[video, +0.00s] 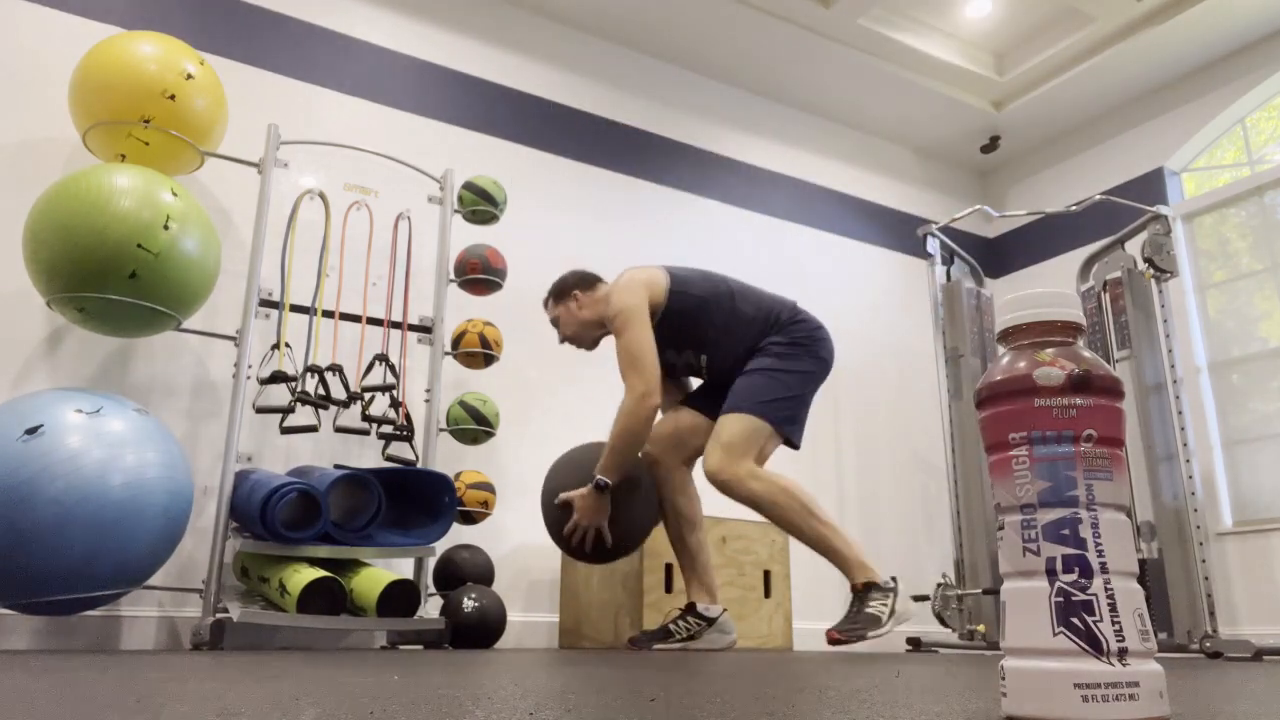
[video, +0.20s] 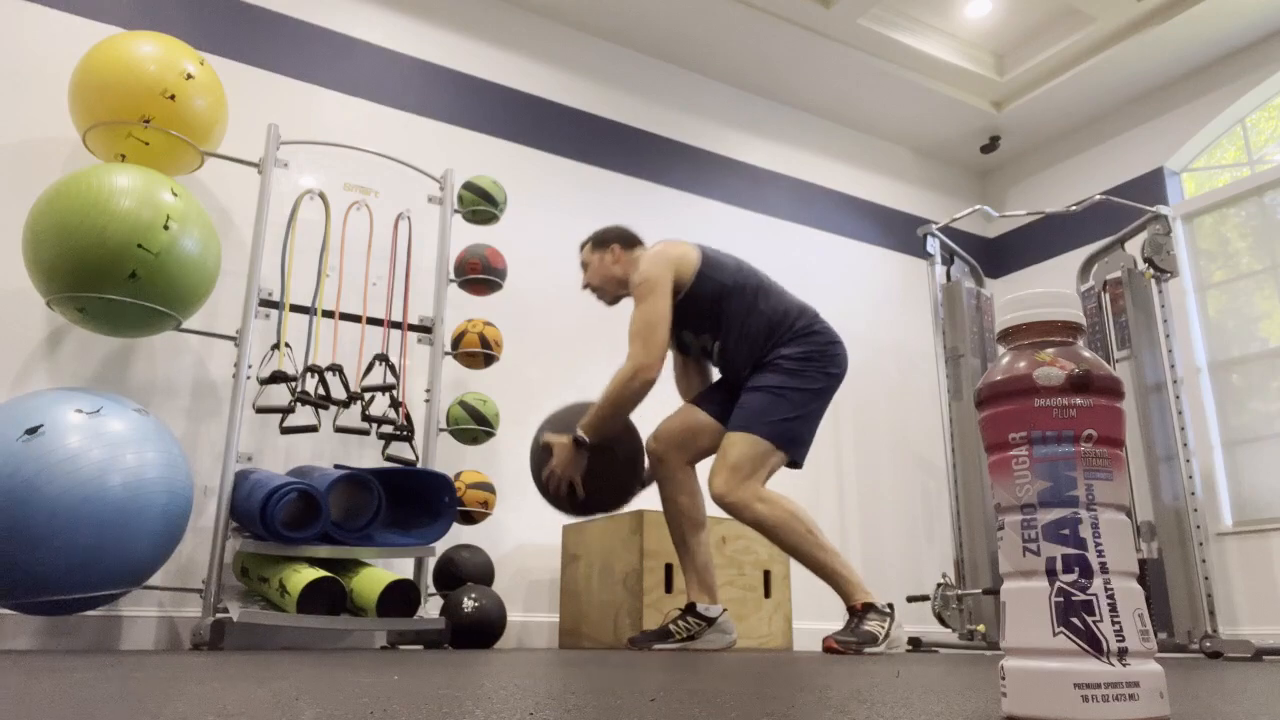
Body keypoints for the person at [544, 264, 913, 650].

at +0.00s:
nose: (560, 337)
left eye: (557, 322)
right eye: (555, 327)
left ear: (576, 298)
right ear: (583, 299)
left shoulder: (627, 293)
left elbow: (643, 396)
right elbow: (673, 408)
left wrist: (600, 487)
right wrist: (630, 485)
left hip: (788, 342)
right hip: (738, 369)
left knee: (728, 464)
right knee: (661, 449)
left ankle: (870, 584)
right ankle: (705, 614)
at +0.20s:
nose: (584, 282)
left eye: (586, 267)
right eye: (582, 272)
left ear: (614, 253)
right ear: (618, 255)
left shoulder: (655, 263)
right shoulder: (676, 303)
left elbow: (642, 370)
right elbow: (697, 402)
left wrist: (579, 438)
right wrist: (655, 461)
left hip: (800, 352)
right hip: (752, 372)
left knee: (734, 485)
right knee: (668, 449)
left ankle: (868, 609)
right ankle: (705, 613)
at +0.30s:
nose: (608, 243)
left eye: (614, 228)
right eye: (607, 233)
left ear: (646, 220)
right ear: (648, 229)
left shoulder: (680, 235)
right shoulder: (693, 291)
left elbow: (639, 334)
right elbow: (709, 387)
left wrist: (570, 376)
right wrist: (644, 433)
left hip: (805, 353)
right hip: (759, 370)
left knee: (737, 488)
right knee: (667, 444)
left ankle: (871, 610)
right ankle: (707, 614)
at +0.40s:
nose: (644, 204)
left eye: (650, 191)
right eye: (644, 197)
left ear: (683, 186)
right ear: (683, 188)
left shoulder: (711, 205)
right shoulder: (712, 278)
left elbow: (631, 281)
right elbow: (712, 366)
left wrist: (569, 302)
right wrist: (628, 377)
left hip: (806, 350)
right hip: (762, 364)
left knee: (740, 487)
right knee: (667, 449)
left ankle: (871, 611)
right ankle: (706, 612)